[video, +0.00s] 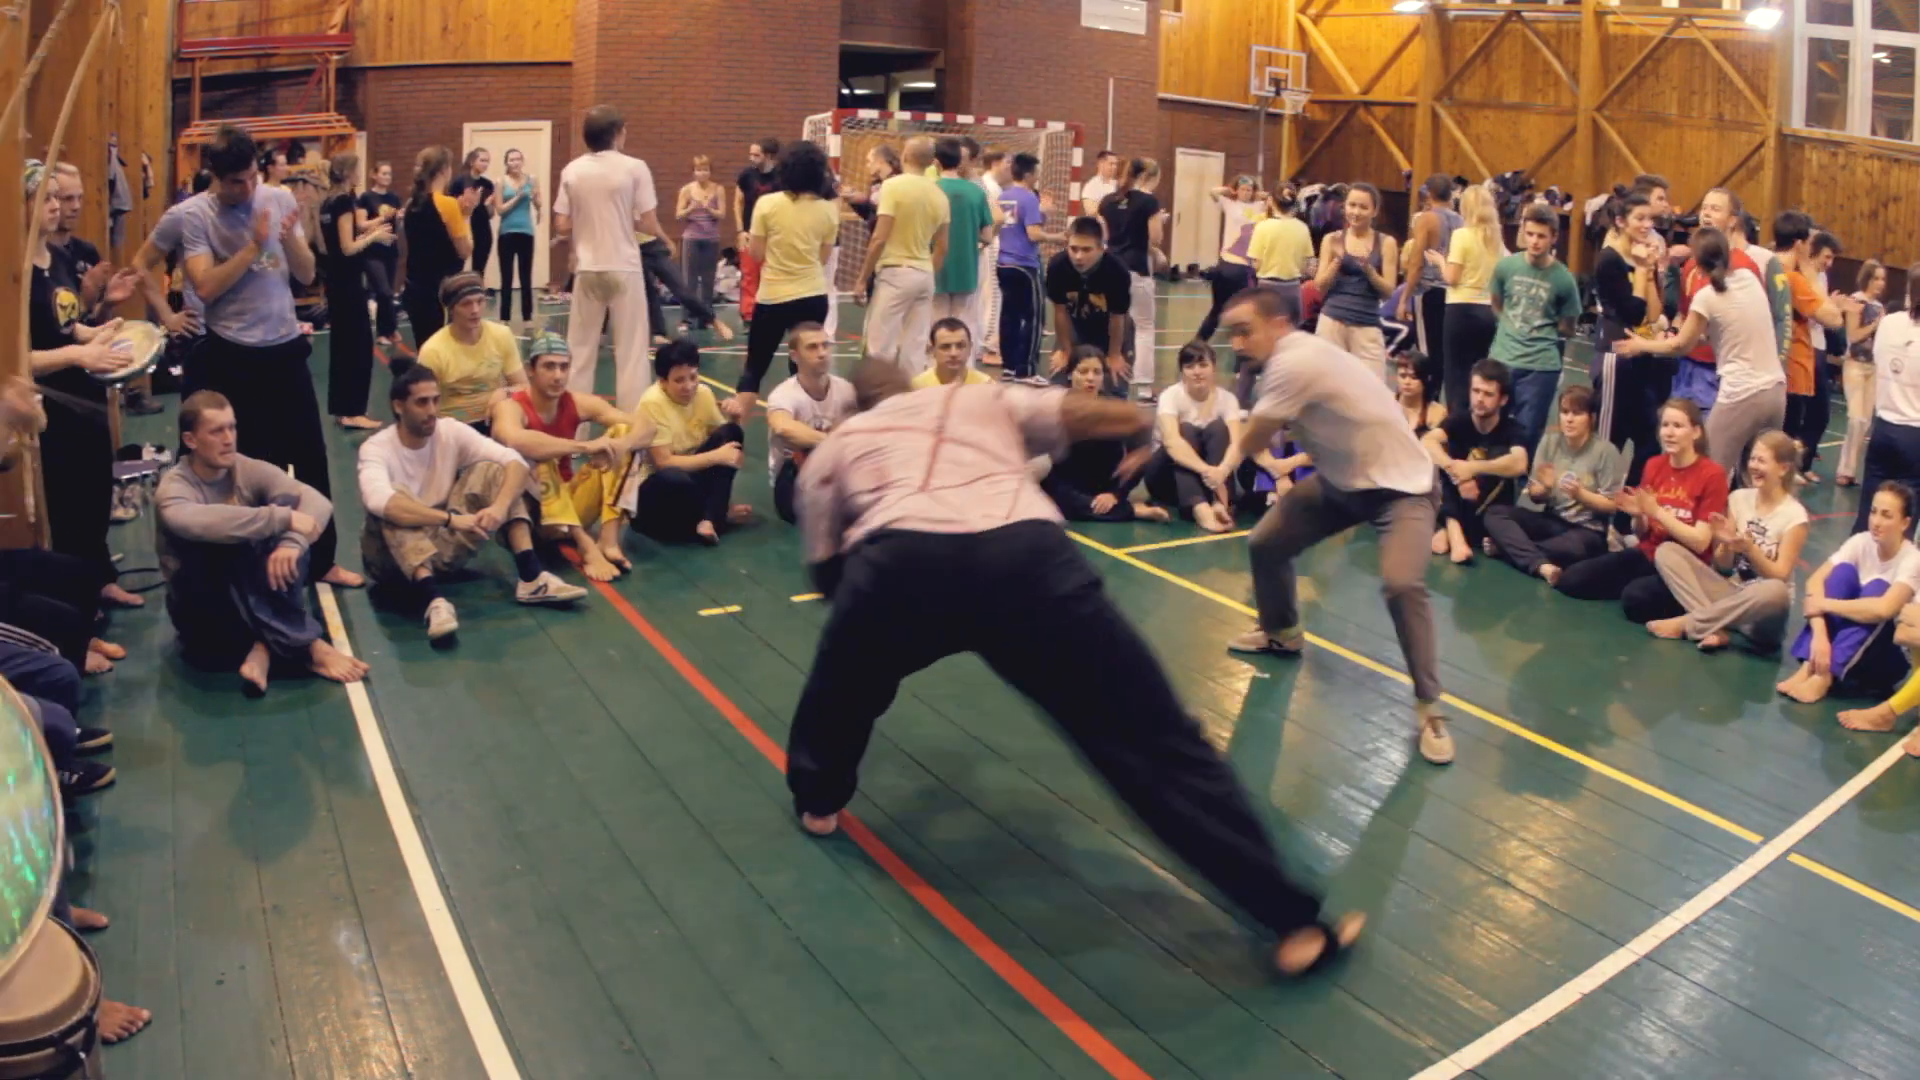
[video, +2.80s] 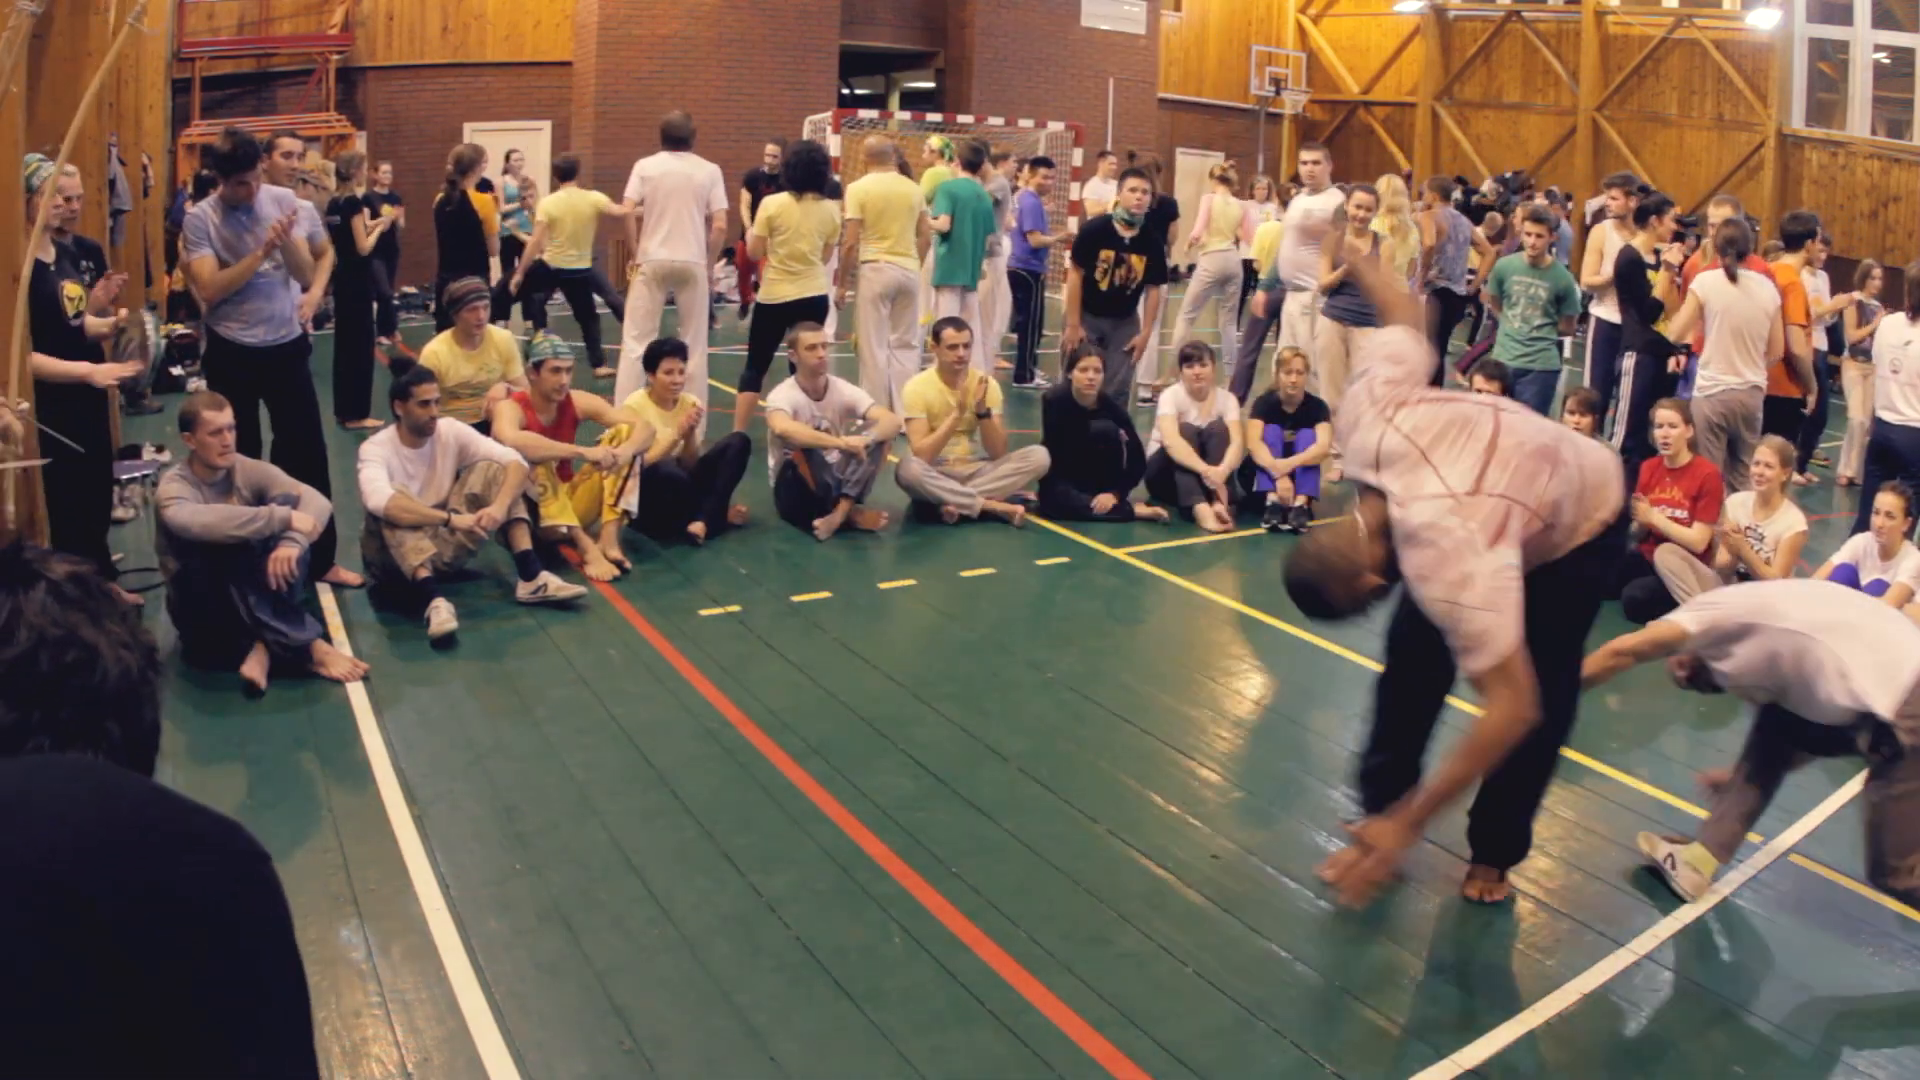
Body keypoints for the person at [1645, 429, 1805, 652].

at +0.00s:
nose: (1753, 466)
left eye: (1761, 460)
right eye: (1752, 459)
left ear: (1783, 468)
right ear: (1747, 462)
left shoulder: (1795, 515)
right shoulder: (1738, 498)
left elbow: (1780, 574)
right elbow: (1722, 563)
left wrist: (1748, 549)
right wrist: (1725, 543)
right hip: (1729, 591)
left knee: (1775, 590)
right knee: (1667, 551)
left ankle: (1685, 624)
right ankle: (1711, 629)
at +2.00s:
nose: (1753, 473)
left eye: (1762, 467)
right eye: (1751, 465)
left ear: (1783, 475)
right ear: (1745, 466)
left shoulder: (1793, 520)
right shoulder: (1734, 501)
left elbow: (1778, 579)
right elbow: (1719, 568)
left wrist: (1745, 554)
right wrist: (1727, 551)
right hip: (1727, 596)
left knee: (1775, 594)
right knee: (1665, 552)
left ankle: (1684, 624)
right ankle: (1712, 629)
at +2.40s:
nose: (1757, 471)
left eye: (1766, 465)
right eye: (1754, 463)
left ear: (1784, 473)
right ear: (1748, 466)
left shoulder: (1794, 521)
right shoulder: (1734, 502)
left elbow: (1776, 578)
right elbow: (1720, 567)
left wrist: (1743, 551)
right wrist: (1730, 549)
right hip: (1726, 589)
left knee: (1774, 594)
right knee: (1685, 555)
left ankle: (1690, 624)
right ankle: (1709, 631)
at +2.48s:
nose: (1758, 471)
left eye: (1767, 465)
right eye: (1755, 463)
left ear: (1785, 473)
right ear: (1748, 466)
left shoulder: (1794, 521)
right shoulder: (1734, 502)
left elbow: (1777, 576)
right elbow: (1721, 546)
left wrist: (1742, 547)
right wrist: (1722, 536)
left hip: (1765, 589)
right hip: (1728, 582)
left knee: (1773, 591)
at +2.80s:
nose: (1759, 472)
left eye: (1769, 466)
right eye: (1756, 464)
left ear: (1785, 474)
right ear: (1749, 466)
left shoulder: (1794, 522)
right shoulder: (1735, 502)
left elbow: (1776, 579)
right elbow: (1720, 564)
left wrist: (1742, 549)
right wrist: (1733, 547)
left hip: (1764, 601)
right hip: (1727, 589)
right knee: (1666, 554)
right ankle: (1707, 620)